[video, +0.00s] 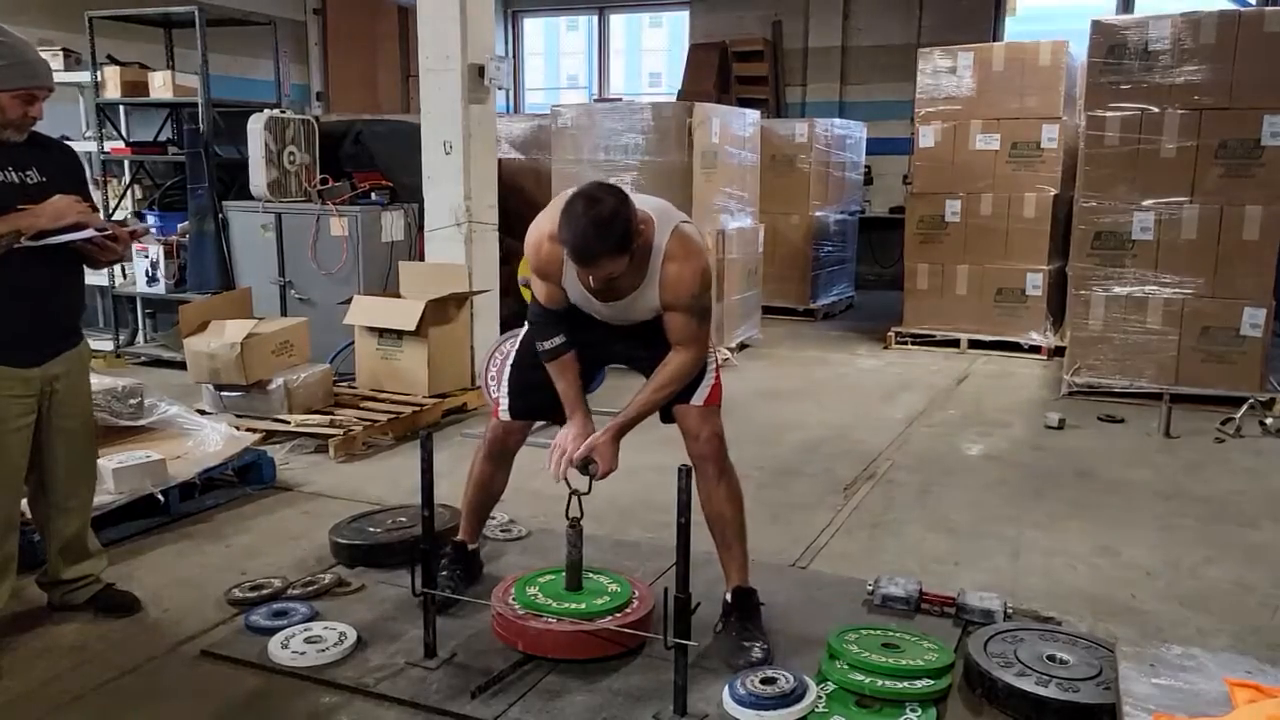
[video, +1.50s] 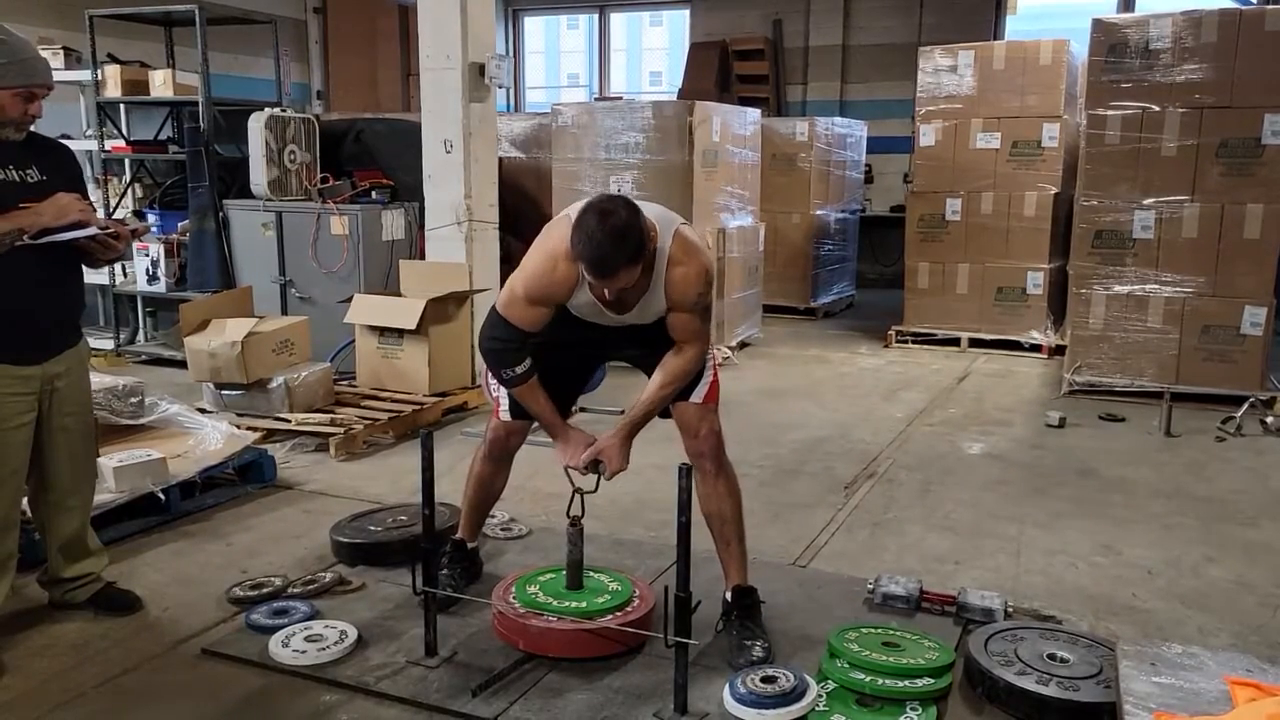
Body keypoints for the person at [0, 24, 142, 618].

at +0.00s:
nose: (36, 109)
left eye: (41, 98)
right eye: (25, 98)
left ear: (44, 95)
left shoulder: (60, 158)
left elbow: (87, 241)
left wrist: (108, 251)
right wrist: (37, 218)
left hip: (64, 348)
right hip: (6, 357)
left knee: (70, 474)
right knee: (7, 490)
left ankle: (74, 581)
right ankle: (5, 598)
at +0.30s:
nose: (34, 109)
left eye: (40, 97)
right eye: (24, 97)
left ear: (42, 94)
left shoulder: (58, 157)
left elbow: (84, 243)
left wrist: (107, 251)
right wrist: (34, 218)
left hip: (63, 347)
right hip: (4, 356)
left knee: (70, 473)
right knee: (6, 489)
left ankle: (75, 580)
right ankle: (2, 598)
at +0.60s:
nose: (33, 109)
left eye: (39, 97)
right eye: (22, 97)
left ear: (43, 92)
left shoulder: (57, 157)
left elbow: (84, 244)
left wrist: (107, 249)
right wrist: (32, 218)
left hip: (62, 346)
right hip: (4, 356)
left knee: (70, 473)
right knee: (5, 491)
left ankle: (75, 579)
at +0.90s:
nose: (33, 109)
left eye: (39, 97)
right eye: (22, 97)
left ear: (43, 92)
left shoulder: (55, 157)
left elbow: (85, 243)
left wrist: (106, 249)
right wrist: (32, 216)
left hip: (62, 346)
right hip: (4, 355)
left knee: (70, 473)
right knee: (5, 491)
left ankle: (75, 580)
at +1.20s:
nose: (33, 108)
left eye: (40, 96)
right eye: (23, 96)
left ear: (44, 92)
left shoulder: (56, 157)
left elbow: (83, 245)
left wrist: (106, 249)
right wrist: (35, 216)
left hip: (63, 346)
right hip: (4, 354)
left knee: (70, 473)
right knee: (5, 489)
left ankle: (75, 581)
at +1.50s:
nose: (35, 107)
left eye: (41, 95)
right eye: (25, 95)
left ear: (45, 92)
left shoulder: (57, 156)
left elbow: (83, 246)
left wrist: (107, 249)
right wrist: (37, 216)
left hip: (64, 346)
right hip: (5, 354)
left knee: (70, 473)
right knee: (7, 488)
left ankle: (75, 580)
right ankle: (1, 599)